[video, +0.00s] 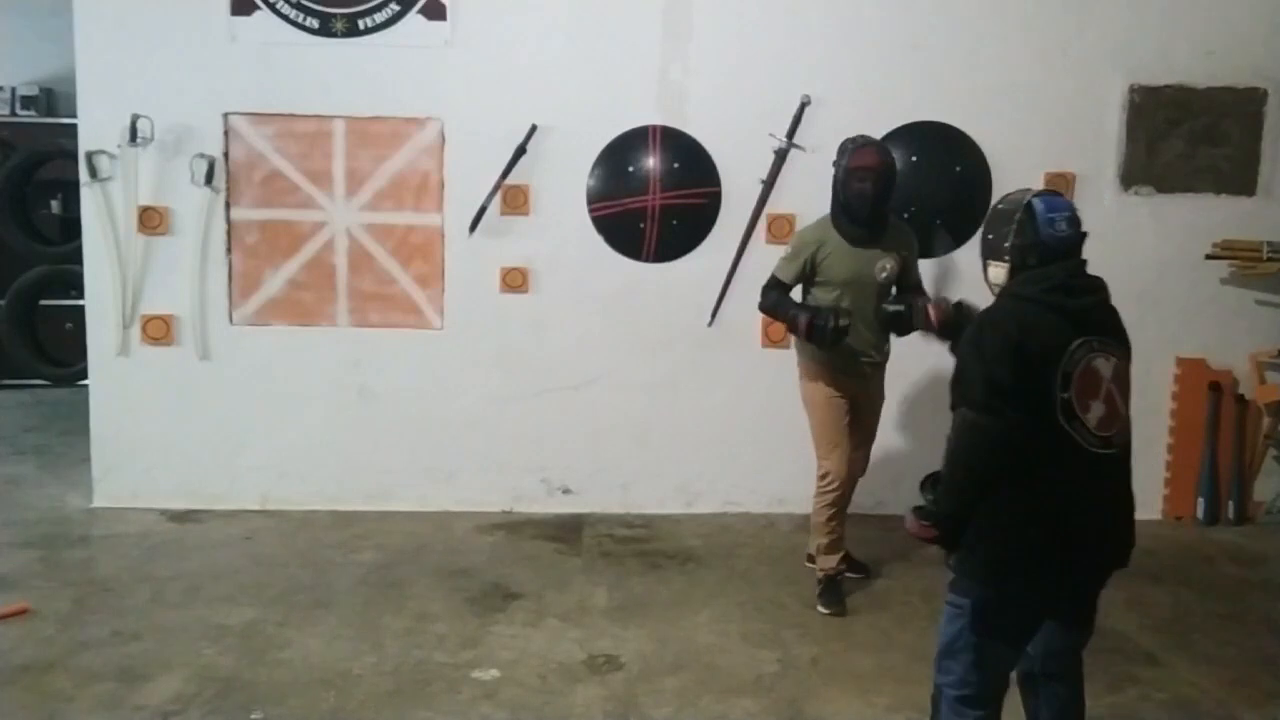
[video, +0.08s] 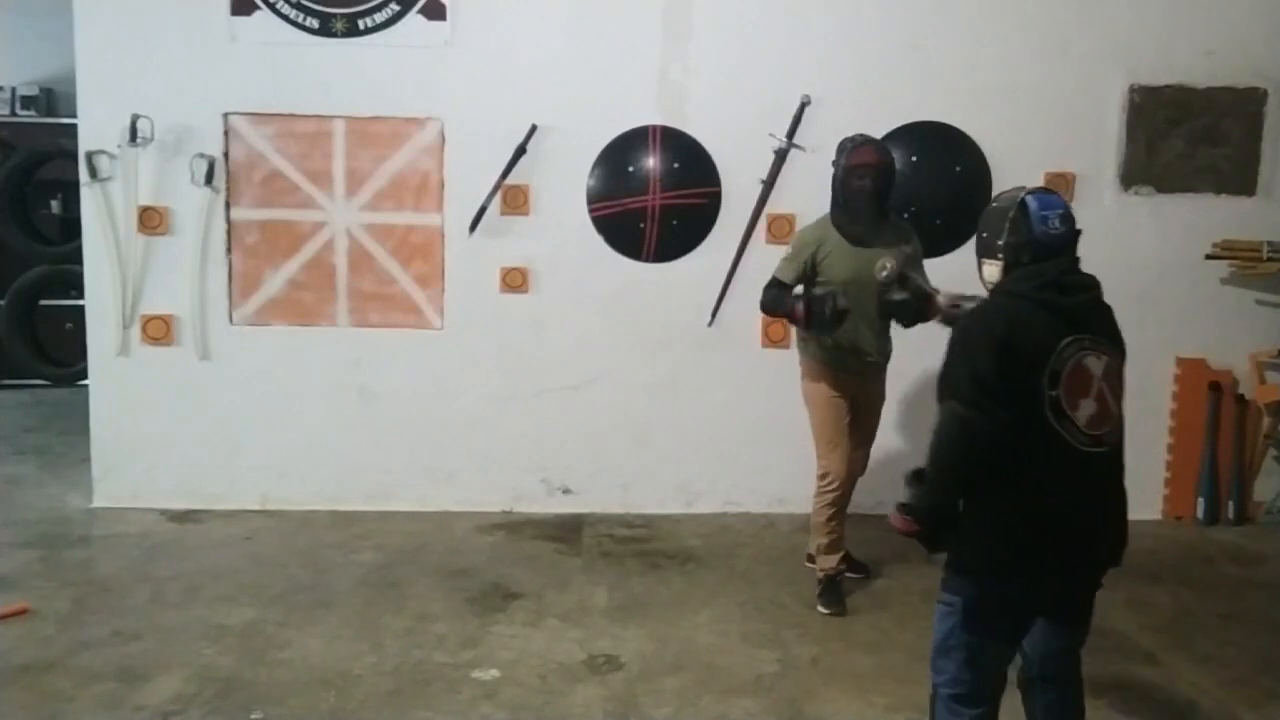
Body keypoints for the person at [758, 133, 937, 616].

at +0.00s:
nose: (865, 188)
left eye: (874, 179)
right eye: (856, 178)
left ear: (888, 186)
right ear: (838, 181)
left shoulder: (899, 240)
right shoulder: (814, 237)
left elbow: (913, 301)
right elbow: (770, 296)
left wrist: (910, 314)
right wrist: (801, 317)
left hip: (868, 371)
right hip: (822, 370)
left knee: (854, 467)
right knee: (835, 470)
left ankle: (827, 547)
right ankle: (828, 570)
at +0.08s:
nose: (865, 186)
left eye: (874, 177)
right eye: (856, 176)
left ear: (887, 183)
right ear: (838, 179)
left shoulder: (900, 239)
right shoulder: (814, 236)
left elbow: (922, 305)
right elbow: (771, 297)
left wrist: (907, 302)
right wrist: (802, 306)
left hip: (870, 370)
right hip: (823, 368)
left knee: (853, 468)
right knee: (836, 469)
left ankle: (828, 548)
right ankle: (829, 569)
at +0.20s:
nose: (865, 187)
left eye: (874, 177)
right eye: (856, 176)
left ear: (887, 184)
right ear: (838, 180)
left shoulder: (904, 239)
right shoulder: (814, 236)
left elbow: (934, 300)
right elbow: (774, 300)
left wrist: (915, 295)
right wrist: (809, 298)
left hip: (872, 369)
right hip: (824, 367)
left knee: (855, 467)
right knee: (836, 470)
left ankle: (828, 547)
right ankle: (829, 569)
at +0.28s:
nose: (863, 191)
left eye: (872, 181)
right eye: (854, 180)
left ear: (887, 188)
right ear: (838, 183)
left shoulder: (905, 241)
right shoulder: (815, 240)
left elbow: (932, 300)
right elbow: (777, 304)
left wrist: (910, 294)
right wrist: (807, 303)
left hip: (875, 366)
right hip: (827, 363)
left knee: (860, 461)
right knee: (838, 465)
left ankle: (838, 548)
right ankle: (828, 569)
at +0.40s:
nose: (865, 198)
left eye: (874, 188)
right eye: (856, 188)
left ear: (889, 193)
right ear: (839, 191)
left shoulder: (907, 244)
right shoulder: (818, 245)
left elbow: (931, 305)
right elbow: (781, 307)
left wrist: (903, 312)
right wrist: (800, 332)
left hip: (887, 376)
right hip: (833, 369)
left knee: (864, 466)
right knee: (834, 463)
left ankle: (832, 545)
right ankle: (829, 567)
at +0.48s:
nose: (870, 207)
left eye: (879, 196)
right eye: (861, 195)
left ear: (892, 199)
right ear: (842, 195)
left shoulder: (909, 245)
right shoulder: (821, 247)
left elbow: (928, 304)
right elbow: (782, 307)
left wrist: (903, 310)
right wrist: (802, 339)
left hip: (889, 375)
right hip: (835, 374)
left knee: (872, 470)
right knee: (837, 472)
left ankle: (838, 538)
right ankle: (829, 569)